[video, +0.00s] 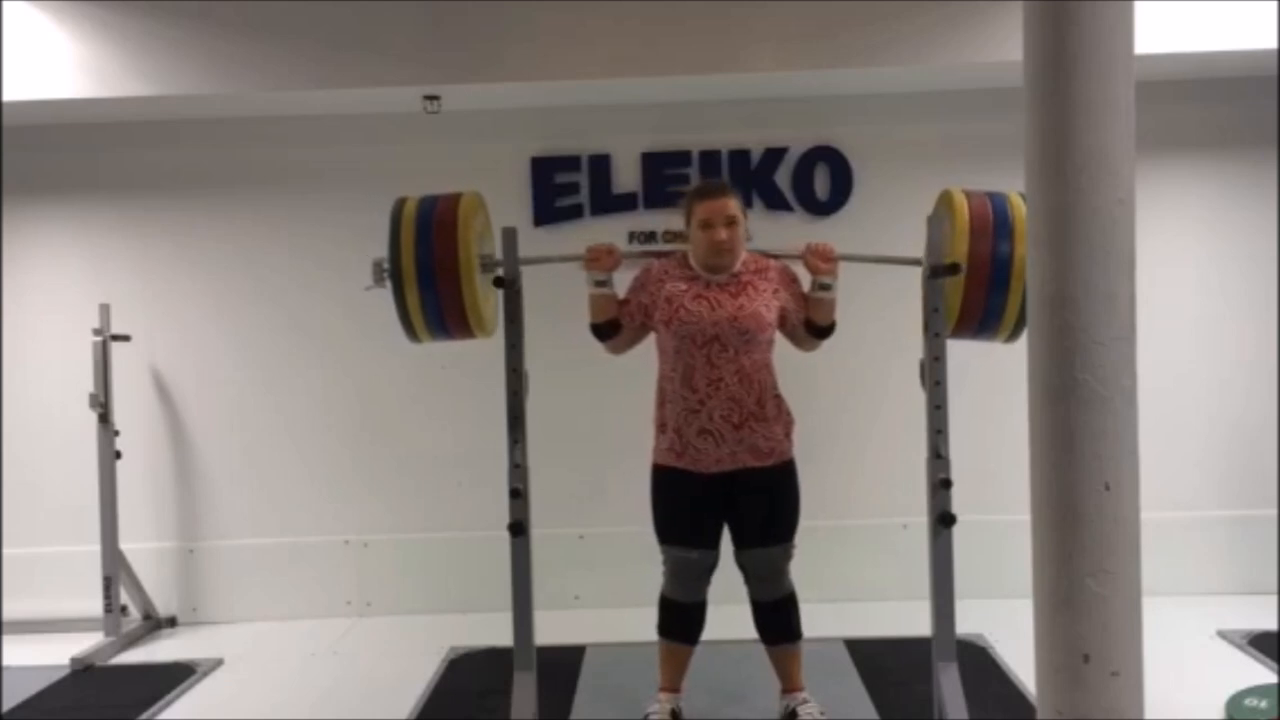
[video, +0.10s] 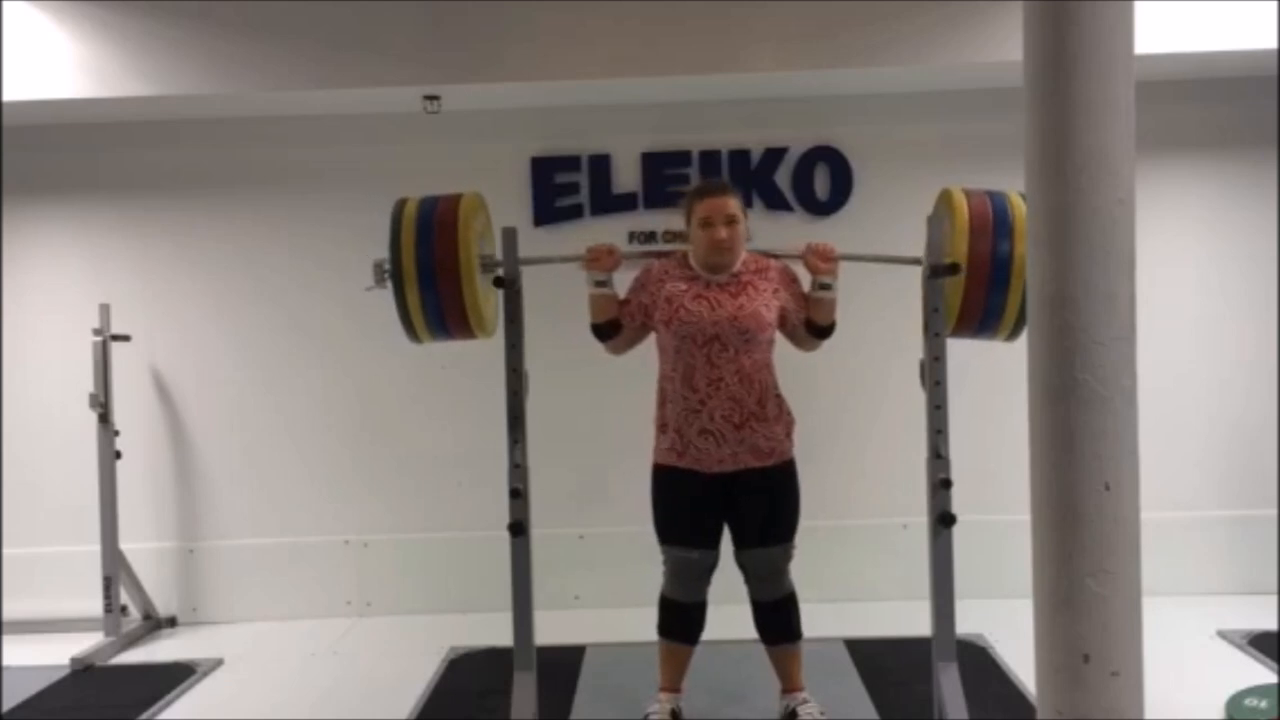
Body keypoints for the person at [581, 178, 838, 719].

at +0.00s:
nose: (721, 234)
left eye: (730, 223)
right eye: (708, 225)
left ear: (745, 227)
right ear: (687, 232)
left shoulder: (770, 275)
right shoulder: (660, 279)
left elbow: (810, 338)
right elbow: (614, 339)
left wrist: (823, 283)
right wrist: (600, 281)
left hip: (762, 457)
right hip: (685, 460)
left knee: (770, 580)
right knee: (684, 581)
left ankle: (795, 696)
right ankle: (667, 699)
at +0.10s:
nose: (721, 233)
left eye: (730, 221)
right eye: (708, 223)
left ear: (745, 227)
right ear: (688, 231)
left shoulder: (770, 276)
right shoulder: (660, 278)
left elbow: (811, 338)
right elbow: (614, 339)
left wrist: (823, 283)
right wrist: (600, 281)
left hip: (762, 457)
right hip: (686, 459)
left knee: (770, 579)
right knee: (684, 581)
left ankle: (795, 696)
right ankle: (668, 699)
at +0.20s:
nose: (718, 232)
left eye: (728, 220)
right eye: (706, 222)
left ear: (743, 226)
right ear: (686, 230)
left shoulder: (768, 276)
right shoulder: (658, 278)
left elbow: (808, 338)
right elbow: (613, 339)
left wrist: (821, 282)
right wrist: (598, 281)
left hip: (759, 457)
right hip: (683, 459)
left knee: (769, 579)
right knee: (683, 580)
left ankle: (795, 696)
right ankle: (668, 699)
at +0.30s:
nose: (715, 231)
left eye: (724, 221)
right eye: (702, 222)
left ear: (740, 227)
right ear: (682, 230)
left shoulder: (764, 276)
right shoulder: (654, 278)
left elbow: (804, 338)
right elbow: (610, 340)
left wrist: (817, 282)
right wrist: (595, 282)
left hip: (753, 458)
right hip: (677, 460)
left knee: (765, 579)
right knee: (679, 581)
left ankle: (795, 696)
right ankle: (667, 699)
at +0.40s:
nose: (708, 232)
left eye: (717, 221)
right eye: (695, 223)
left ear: (734, 227)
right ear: (676, 230)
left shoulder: (758, 277)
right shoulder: (648, 279)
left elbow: (797, 339)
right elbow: (604, 340)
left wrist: (811, 284)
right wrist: (590, 281)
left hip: (746, 459)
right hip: (670, 461)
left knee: (762, 579)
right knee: (674, 581)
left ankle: (794, 696)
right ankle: (666, 698)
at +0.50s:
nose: (702, 232)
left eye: (711, 222)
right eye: (689, 223)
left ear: (727, 228)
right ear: (671, 230)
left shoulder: (753, 278)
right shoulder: (642, 280)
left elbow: (793, 340)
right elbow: (599, 341)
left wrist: (805, 284)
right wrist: (585, 281)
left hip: (742, 459)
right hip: (665, 461)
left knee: (763, 580)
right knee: (670, 582)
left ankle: (795, 696)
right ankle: (665, 698)